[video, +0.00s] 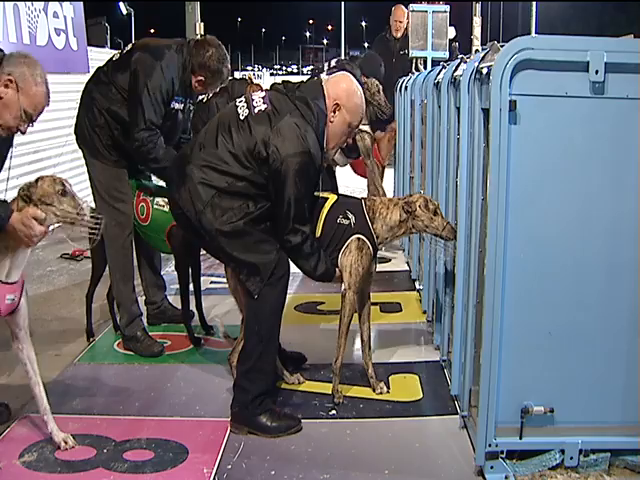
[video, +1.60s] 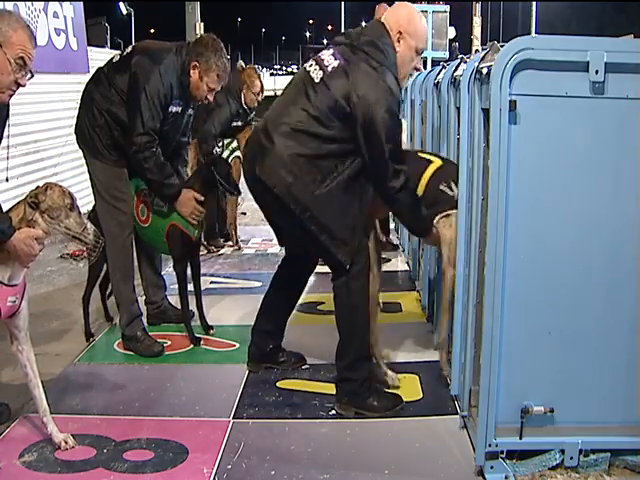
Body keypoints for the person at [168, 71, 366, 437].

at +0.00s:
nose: (348, 136)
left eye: (353, 128)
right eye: (350, 126)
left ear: (330, 104)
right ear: (333, 108)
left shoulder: (294, 106)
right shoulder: (297, 147)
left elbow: (317, 196)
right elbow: (292, 230)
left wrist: (339, 235)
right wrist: (331, 268)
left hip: (199, 180)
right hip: (206, 196)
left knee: (266, 265)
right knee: (272, 271)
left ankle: (265, 351)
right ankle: (251, 405)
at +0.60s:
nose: (350, 136)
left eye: (355, 128)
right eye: (352, 126)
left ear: (332, 103)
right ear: (335, 107)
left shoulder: (296, 108)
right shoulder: (300, 146)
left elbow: (311, 199)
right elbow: (294, 229)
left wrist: (341, 234)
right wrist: (331, 268)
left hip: (203, 179)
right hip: (209, 194)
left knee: (269, 265)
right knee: (273, 272)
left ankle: (264, 351)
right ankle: (251, 404)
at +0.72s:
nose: (352, 127)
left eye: (356, 119)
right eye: (353, 117)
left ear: (333, 94)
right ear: (336, 100)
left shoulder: (298, 95)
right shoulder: (302, 139)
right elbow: (296, 225)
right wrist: (336, 260)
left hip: (204, 178)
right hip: (212, 195)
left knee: (270, 266)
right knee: (276, 275)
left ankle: (265, 351)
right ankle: (251, 404)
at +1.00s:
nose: (360, 84)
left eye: (364, 75)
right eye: (361, 73)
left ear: (338, 53)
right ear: (342, 56)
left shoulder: (304, 66)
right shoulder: (316, 94)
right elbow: (312, 177)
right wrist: (336, 232)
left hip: (218, 158)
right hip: (225, 170)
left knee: (279, 267)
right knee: (278, 272)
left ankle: (269, 356)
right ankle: (250, 404)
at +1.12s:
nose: (363, 68)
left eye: (366, 59)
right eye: (363, 57)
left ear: (340, 37)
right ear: (344, 41)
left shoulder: (306, 52)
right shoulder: (319, 79)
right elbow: (324, 166)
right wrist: (348, 219)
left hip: (225, 150)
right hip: (237, 164)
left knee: (288, 244)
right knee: (306, 246)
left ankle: (271, 352)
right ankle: (272, 372)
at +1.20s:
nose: (368, 59)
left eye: (371, 51)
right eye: (368, 49)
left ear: (342, 29)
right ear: (349, 34)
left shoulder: (307, 47)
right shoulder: (324, 76)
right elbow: (330, 166)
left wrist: (367, 130)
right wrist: (360, 213)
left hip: (223, 143)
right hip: (241, 157)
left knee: (291, 241)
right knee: (314, 248)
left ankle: (263, 345)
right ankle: (309, 386)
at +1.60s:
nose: (418, 65)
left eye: (421, 55)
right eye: (417, 53)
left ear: (387, 31)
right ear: (396, 36)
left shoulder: (348, 50)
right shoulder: (376, 85)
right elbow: (388, 171)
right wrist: (425, 226)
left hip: (263, 159)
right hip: (294, 170)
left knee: (302, 251)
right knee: (353, 261)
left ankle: (263, 347)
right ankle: (356, 386)